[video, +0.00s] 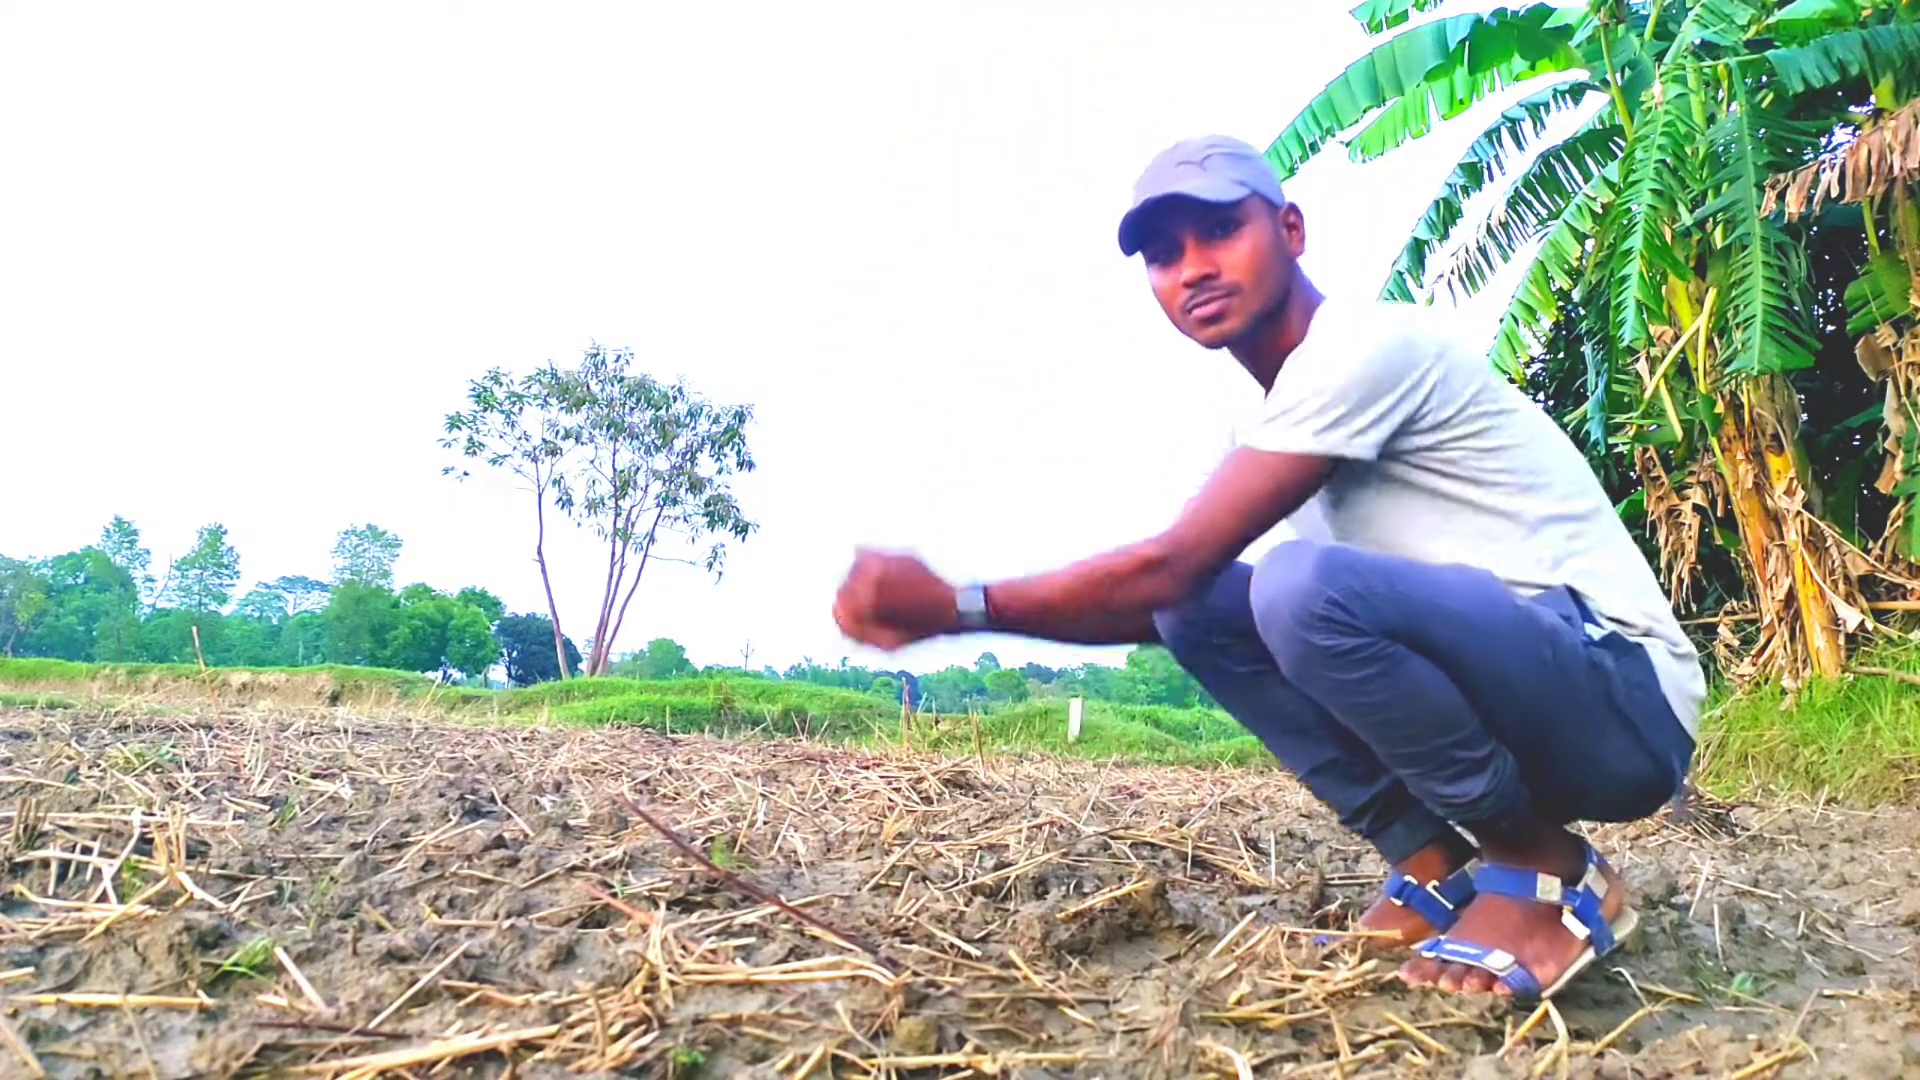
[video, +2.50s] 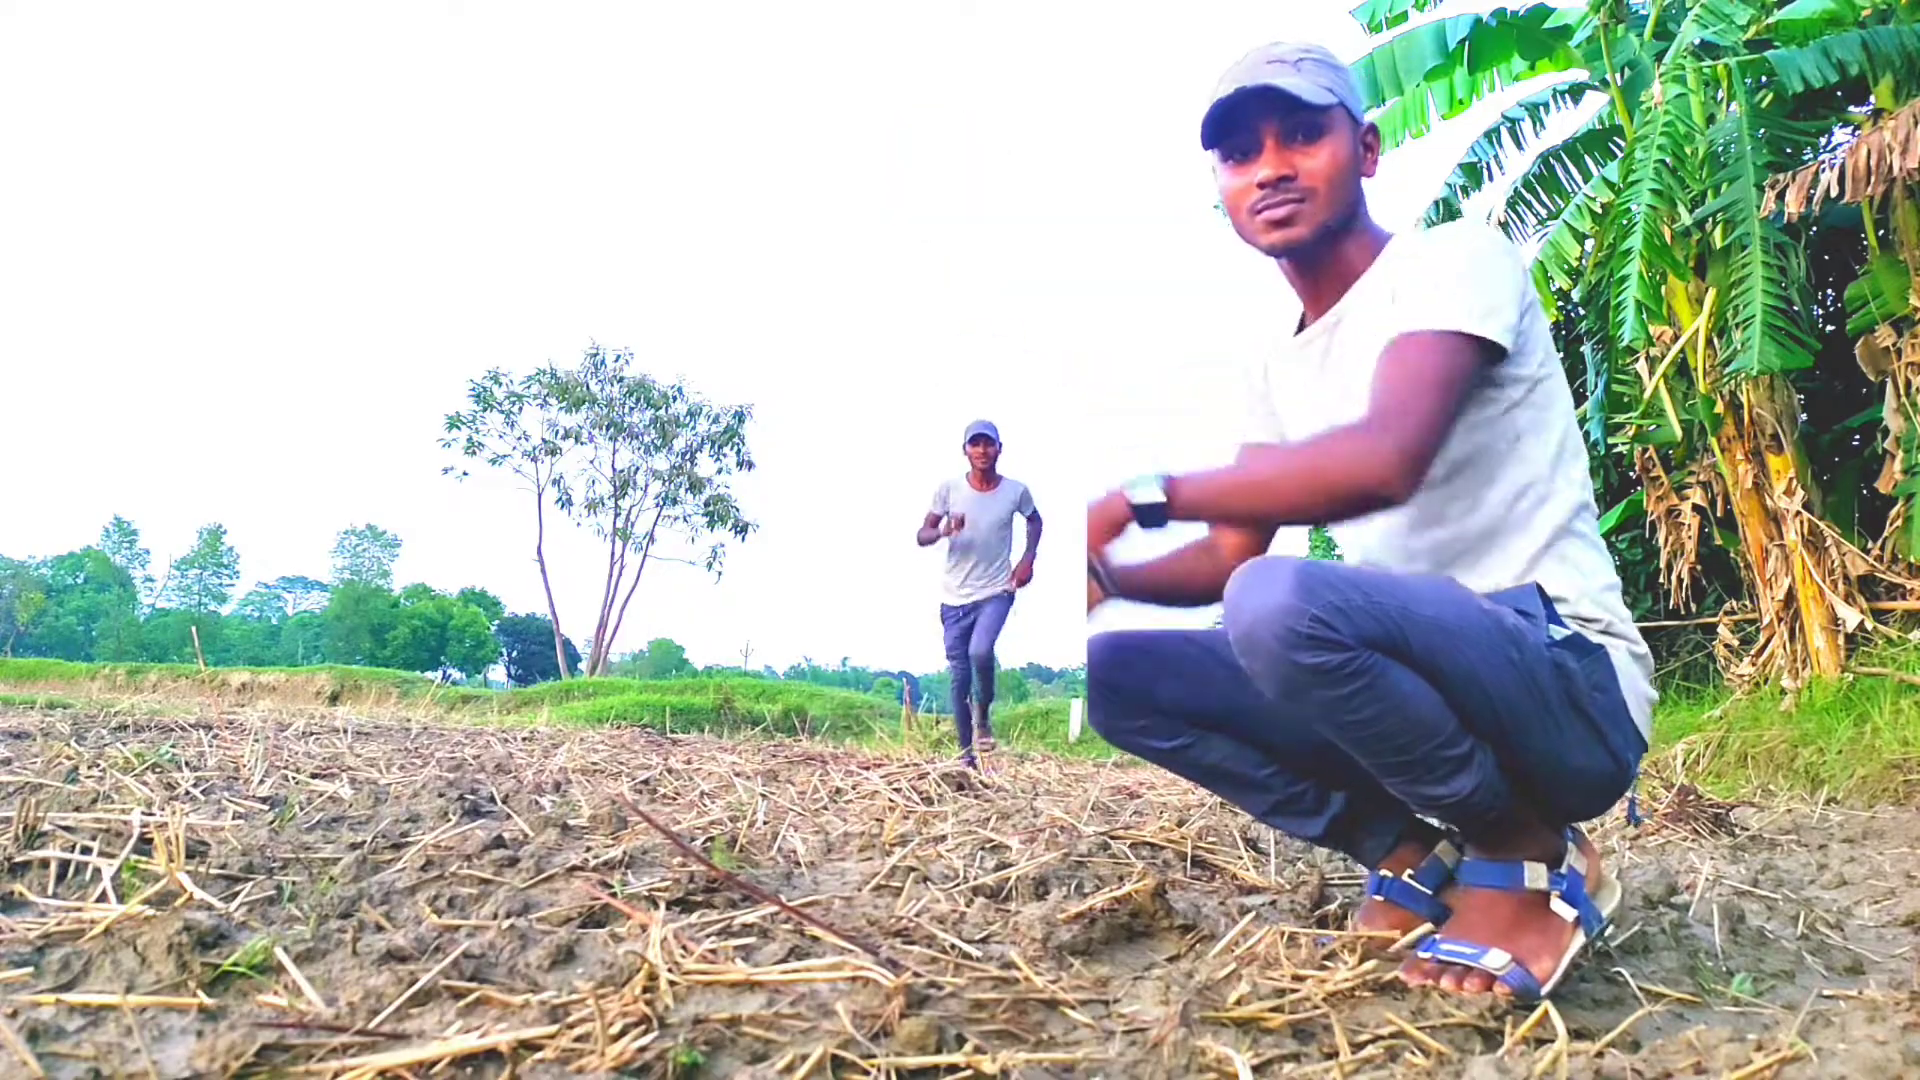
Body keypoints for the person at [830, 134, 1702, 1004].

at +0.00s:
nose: (1189, 268)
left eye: (1218, 227)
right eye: (1160, 251)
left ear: (1292, 232)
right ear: (1150, 286)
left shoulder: (1377, 347)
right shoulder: (1273, 430)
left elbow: (1167, 569)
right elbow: (1159, 607)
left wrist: (960, 606)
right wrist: (976, 614)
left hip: (1620, 695)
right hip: (1509, 717)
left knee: (1306, 592)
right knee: (1197, 608)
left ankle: (1546, 878)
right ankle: (1443, 872)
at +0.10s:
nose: (1210, 242)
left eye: (1238, 204)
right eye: (1183, 224)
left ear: (1311, 208)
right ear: (1169, 255)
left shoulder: (1383, 320)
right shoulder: (1280, 390)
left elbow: (1149, 472)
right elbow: (1124, 530)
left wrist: (946, 447)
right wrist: (951, 460)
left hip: (1609, 694)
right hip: (1498, 713)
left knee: (1298, 591)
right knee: (1180, 610)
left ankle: (1543, 872)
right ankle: (1439, 867)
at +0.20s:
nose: (1225, 231)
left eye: (1255, 195)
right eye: (1196, 212)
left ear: (1326, 199)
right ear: (1182, 243)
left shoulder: (1392, 306)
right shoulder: (1278, 383)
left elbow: (1140, 395)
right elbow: (1100, 482)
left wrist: (952, 346)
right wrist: (958, 371)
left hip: (1598, 698)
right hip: (1485, 714)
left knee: (1290, 596)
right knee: (1169, 625)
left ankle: (1536, 865)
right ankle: (1435, 870)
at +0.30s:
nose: (1234, 216)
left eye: (1267, 181)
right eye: (1209, 197)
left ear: (1342, 188)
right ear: (1195, 222)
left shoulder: (1404, 286)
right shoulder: (1272, 362)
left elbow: (1141, 322)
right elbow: (1087, 424)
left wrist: (972, 255)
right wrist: (970, 288)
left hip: (1588, 686)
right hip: (1468, 700)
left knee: (1282, 593)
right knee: (1160, 631)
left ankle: (1529, 856)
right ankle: (1431, 868)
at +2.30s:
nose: (1275, 168)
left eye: (1309, 132)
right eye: (1247, 149)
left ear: (1379, 149)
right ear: (1231, 182)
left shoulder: (1443, 238)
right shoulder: (1296, 328)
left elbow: (1188, 278)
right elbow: (1117, 383)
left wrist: (1010, 213)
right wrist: (990, 256)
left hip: (1566, 669)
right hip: (1434, 682)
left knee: (1271, 612)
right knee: (1125, 682)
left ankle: (1522, 859)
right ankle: (1424, 854)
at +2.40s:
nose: (1281, 160)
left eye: (1313, 129)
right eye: (1252, 143)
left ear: (1381, 147)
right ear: (1235, 185)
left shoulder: (1457, 246)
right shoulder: (1303, 346)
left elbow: (1296, 398)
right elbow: (1178, 501)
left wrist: (1079, 384)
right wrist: (1046, 458)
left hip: (1567, 676)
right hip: (1436, 699)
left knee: (1269, 612)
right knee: (1122, 682)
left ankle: (1518, 857)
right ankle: (1413, 855)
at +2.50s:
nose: (1272, 167)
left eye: (1302, 135)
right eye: (1241, 149)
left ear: (1364, 150)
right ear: (1219, 186)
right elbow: (1227, 556)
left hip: (1573, 683)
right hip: (1422, 706)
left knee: (1278, 608)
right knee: (1122, 677)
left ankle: (1518, 858)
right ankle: (1408, 850)